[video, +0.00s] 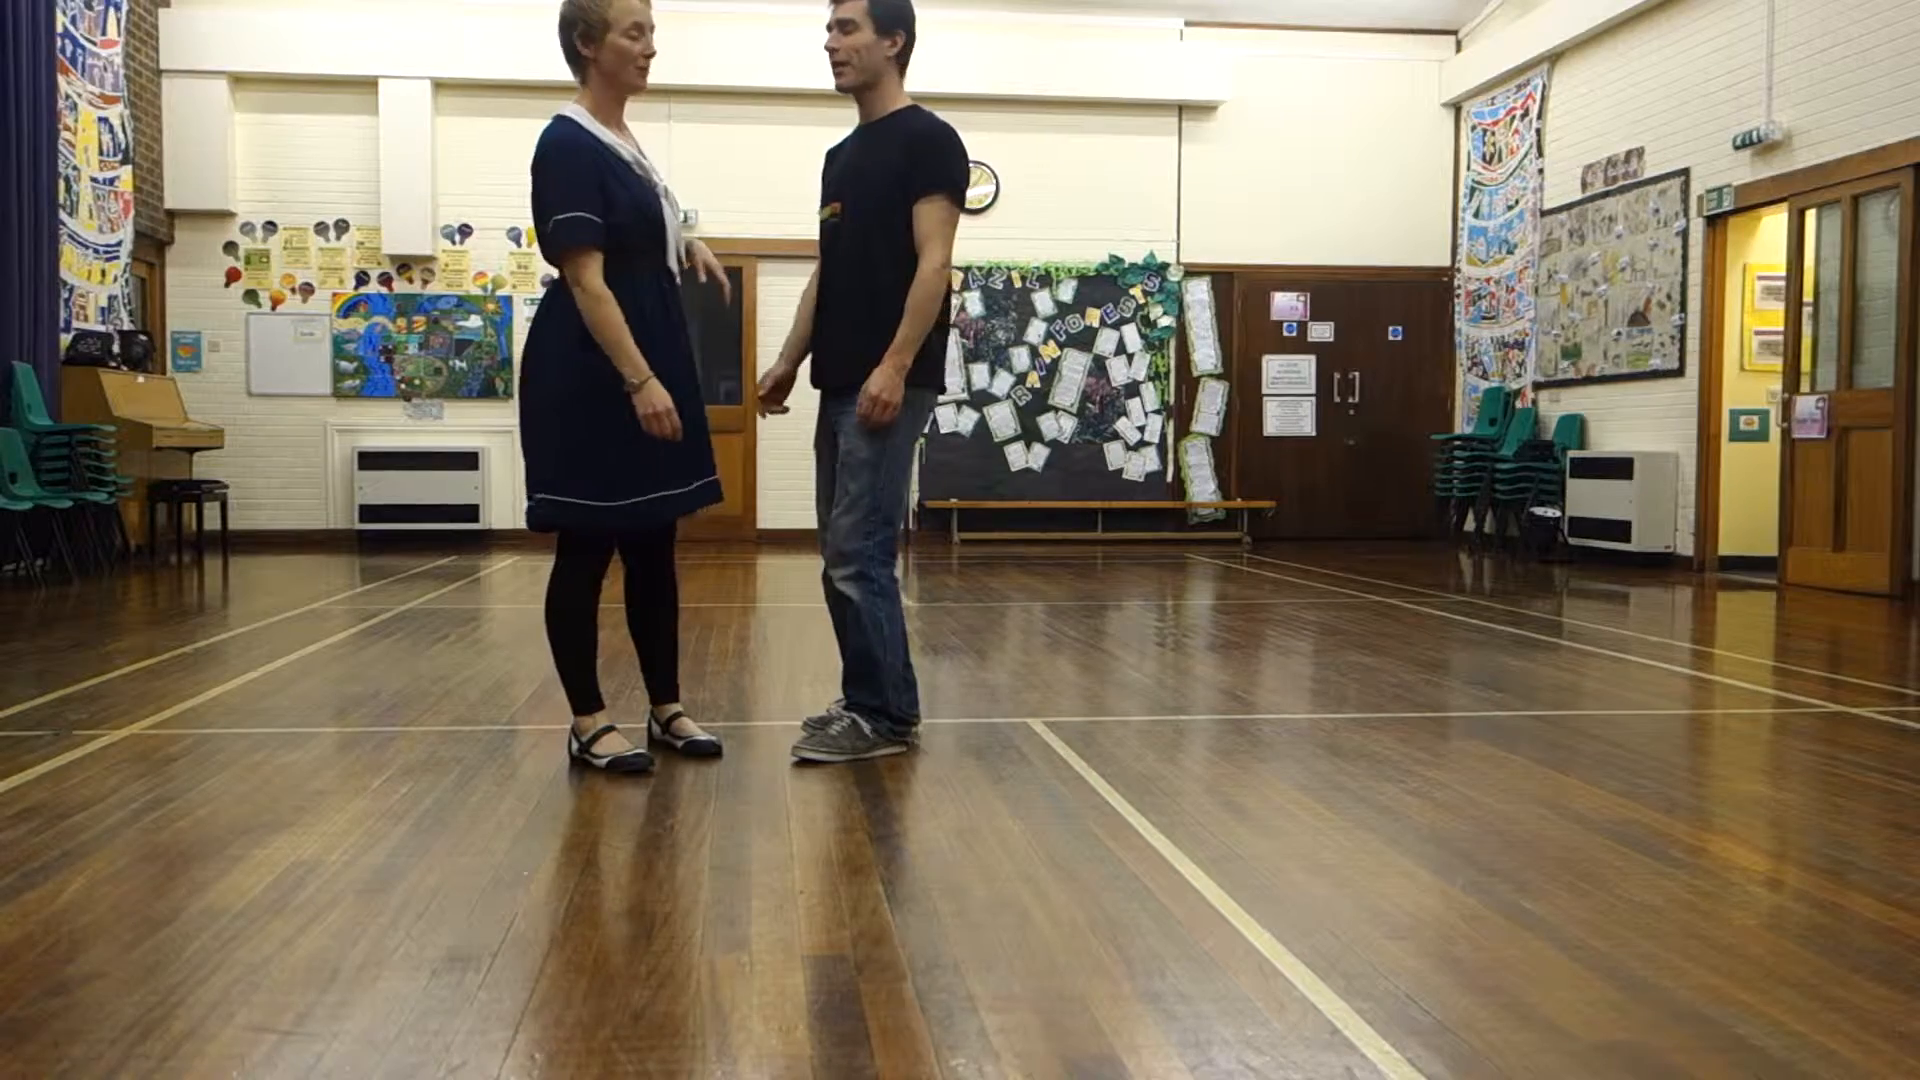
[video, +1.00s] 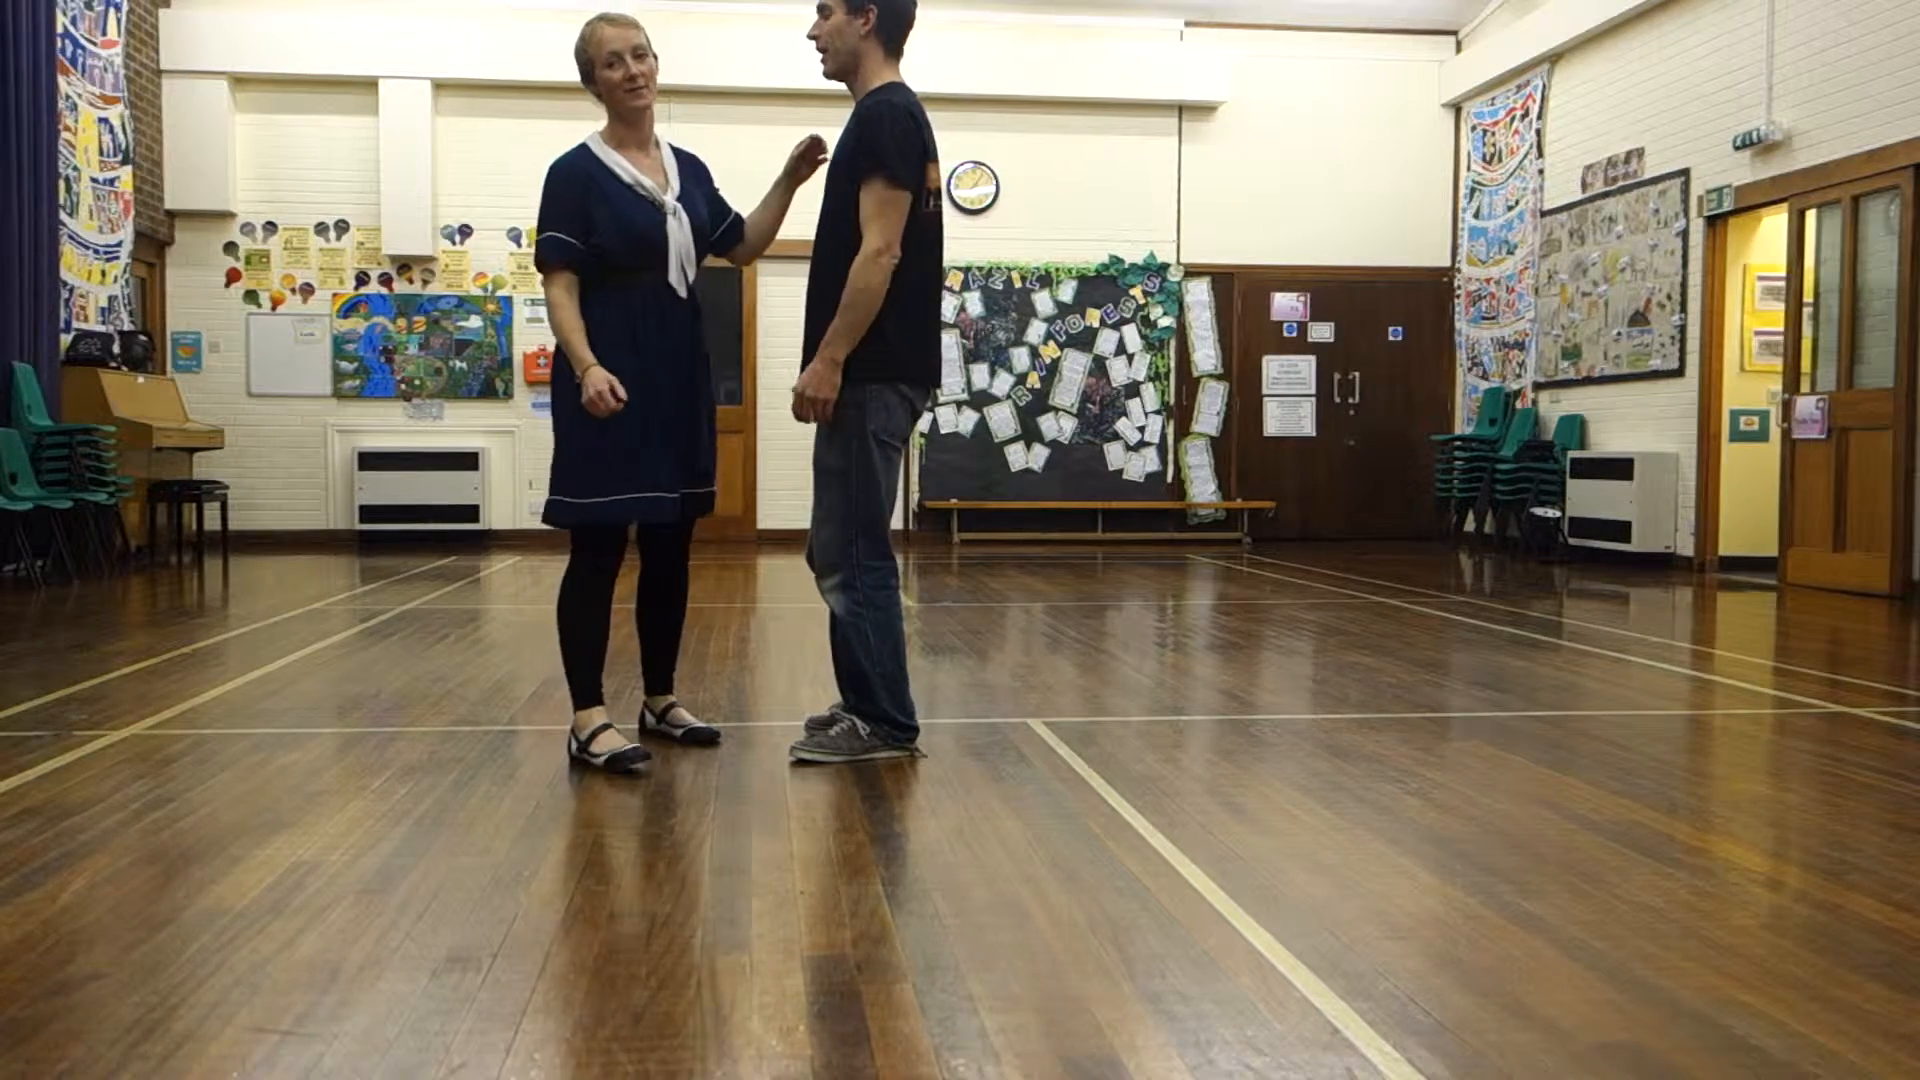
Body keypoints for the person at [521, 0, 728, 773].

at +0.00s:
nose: (651, 47)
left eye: (651, 32)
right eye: (636, 33)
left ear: (626, 46)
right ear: (588, 45)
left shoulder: (622, 139)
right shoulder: (567, 141)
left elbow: (638, 226)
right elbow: (583, 281)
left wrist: (686, 243)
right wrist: (641, 379)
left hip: (644, 374)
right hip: (586, 379)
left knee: (652, 541)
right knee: (584, 548)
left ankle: (668, 711)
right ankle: (589, 725)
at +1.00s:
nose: (633, 70)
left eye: (640, 55)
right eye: (614, 63)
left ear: (658, 64)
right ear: (591, 82)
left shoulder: (684, 167)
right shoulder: (576, 171)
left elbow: (744, 244)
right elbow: (560, 286)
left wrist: (790, 180)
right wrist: (586, 367)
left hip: (680, 392)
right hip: (605, 389)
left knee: (669, 546)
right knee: (598, 551)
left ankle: (661, 702)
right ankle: (588, 719)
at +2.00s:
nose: (680, 67)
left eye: (677, 55)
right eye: (662, 56)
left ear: (643, 74)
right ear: (619, 72)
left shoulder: (683, 174)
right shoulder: (584, 174)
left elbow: (731, 258)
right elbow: (568, 289)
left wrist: (793, 203)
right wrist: (650, 314)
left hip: (678, 396)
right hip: (608, 399)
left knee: (667, 546)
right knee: (605, 551)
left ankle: (661, 702)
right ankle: (585, 718)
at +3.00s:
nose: (641, 67)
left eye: (637, 55)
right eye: (626, 55)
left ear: (594, 73)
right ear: (583, 71)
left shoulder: (605, 159)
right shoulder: (575, 155)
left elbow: (638, 272)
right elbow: (626, 275)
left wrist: (727, 295)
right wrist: (729, 299)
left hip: (626, 387)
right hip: (603, 387)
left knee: (622, 543)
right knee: (618, 543)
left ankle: (593, 705)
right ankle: (593, 717)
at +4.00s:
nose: (645, 87)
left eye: (650, 78)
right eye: (630, 74)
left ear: (647, 91)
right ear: (589, 84)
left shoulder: (628, 175)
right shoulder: (585, 160)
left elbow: (661, 288)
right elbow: (628, 266)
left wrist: (744, 280)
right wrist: (733, 257)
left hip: (626, 388)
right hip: (602, 388)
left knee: (616, 542)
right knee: (638, 541)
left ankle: (591, 707)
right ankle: (596, 712)